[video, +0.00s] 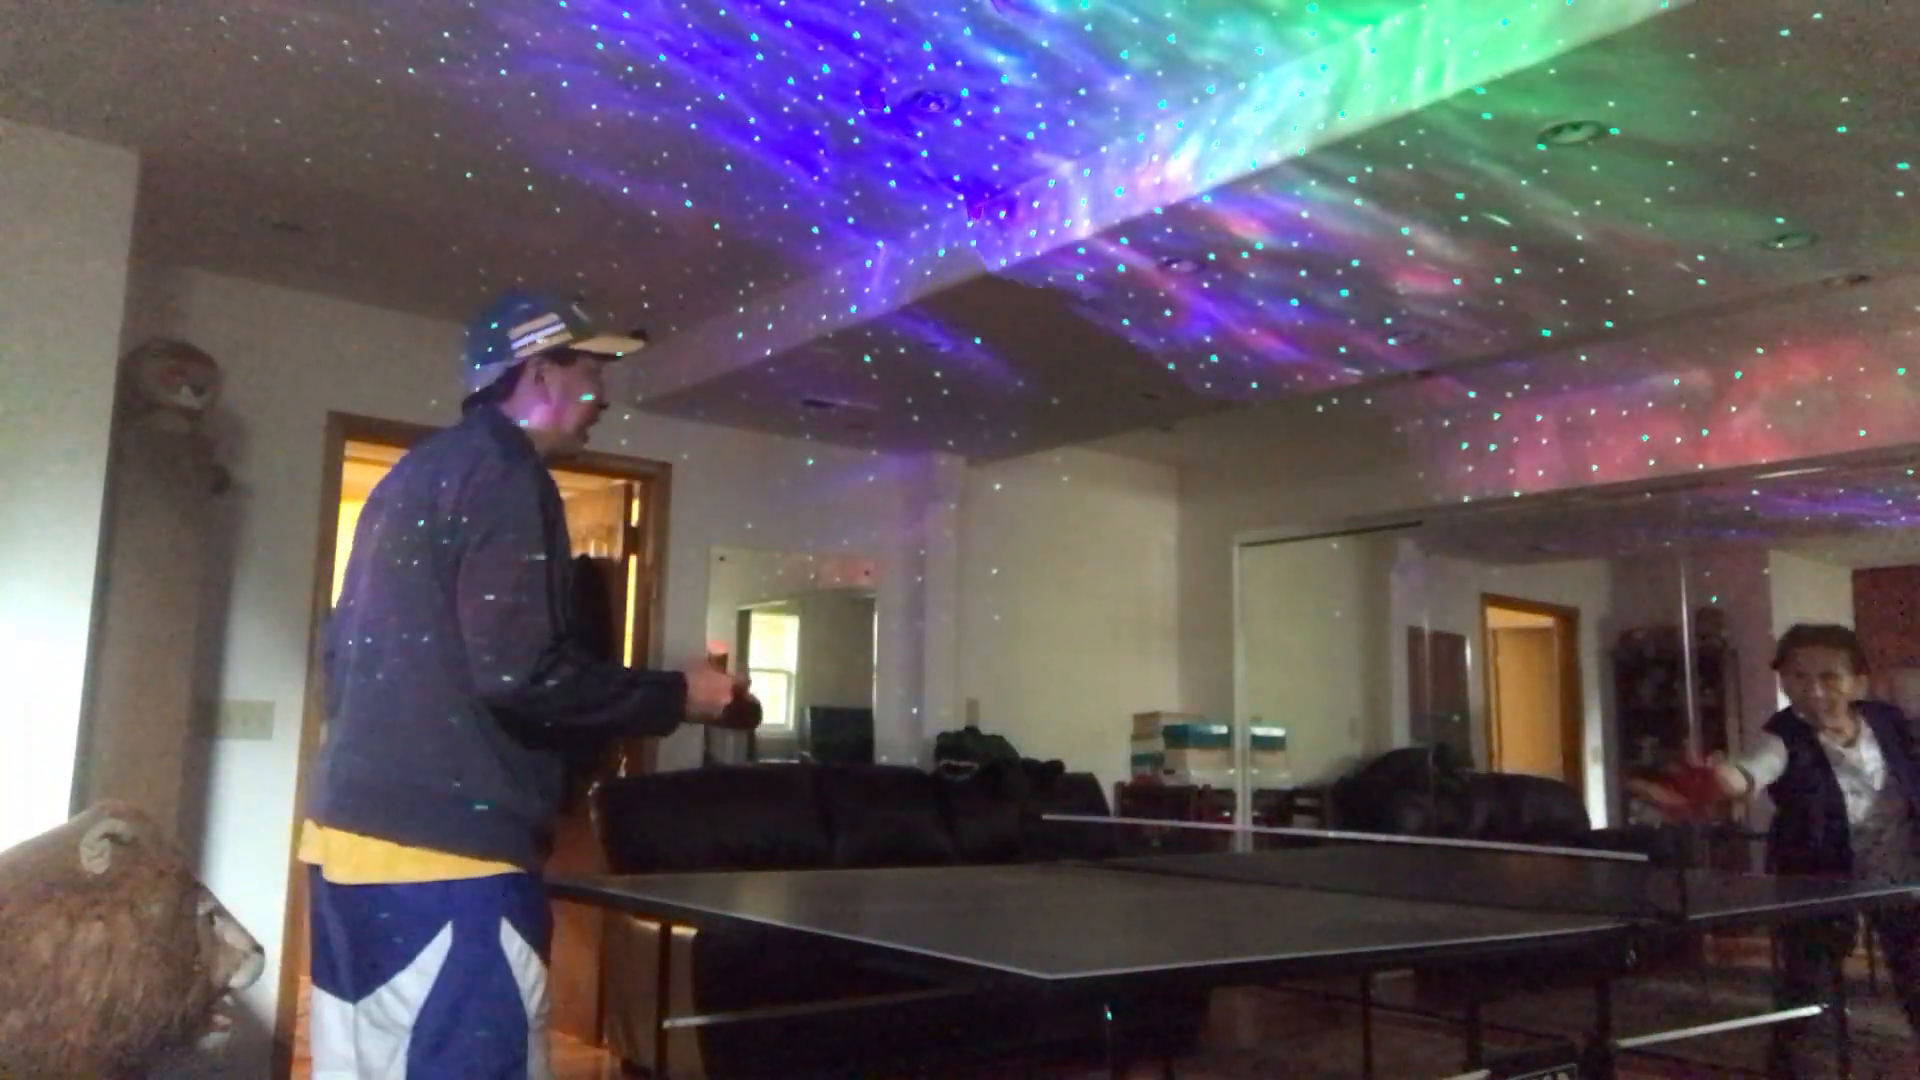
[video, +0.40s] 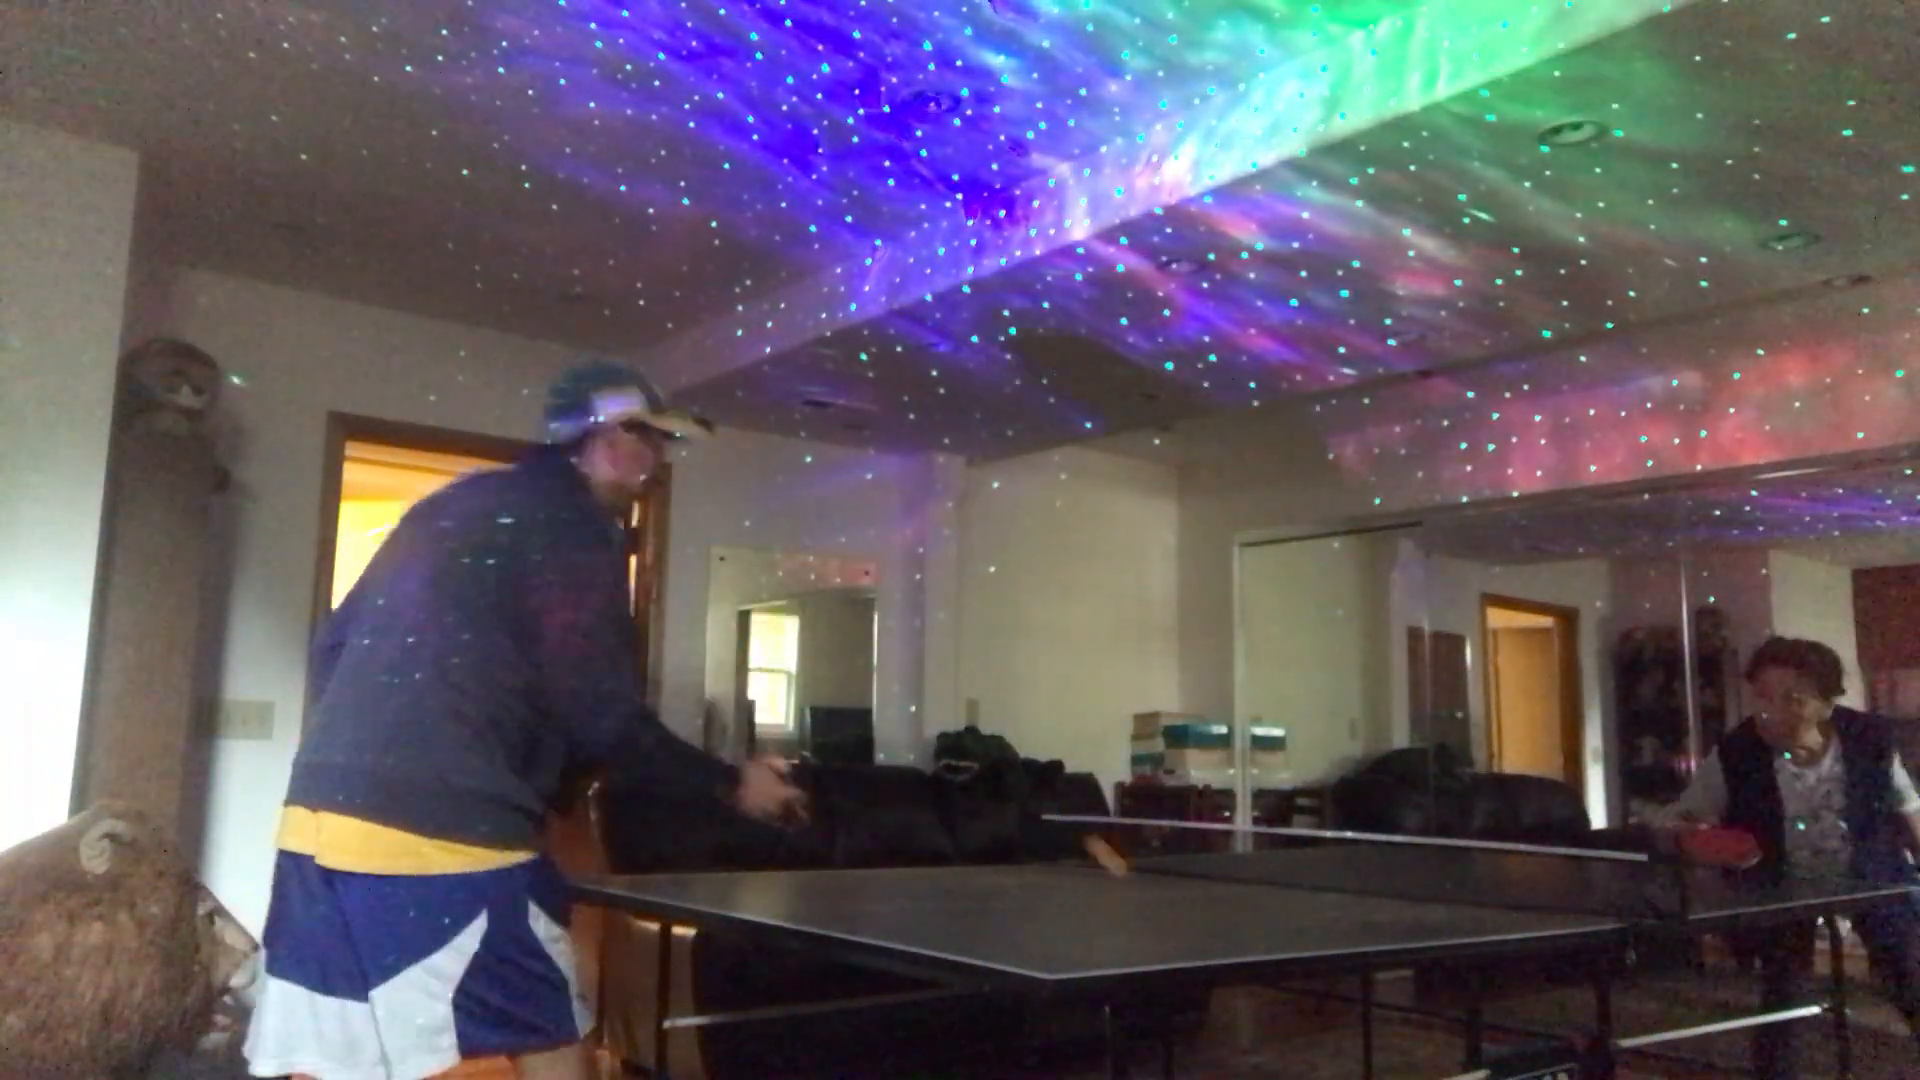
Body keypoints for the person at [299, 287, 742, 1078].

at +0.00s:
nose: (601, 399)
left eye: (600, 378)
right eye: (592, 376)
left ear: (524, 376)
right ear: (539, 374)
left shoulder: (409, 471)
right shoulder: (508, 477)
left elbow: (343, 642)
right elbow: (517, 670)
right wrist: (677, 695)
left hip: (355, 841)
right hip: (453, 853)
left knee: (363, 1061)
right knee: (472, 1061)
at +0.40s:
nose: (663, 461)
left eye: (663, 443)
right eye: (651, 438)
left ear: (590, 437)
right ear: (599, 437)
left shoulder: (444, 505)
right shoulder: (576, 527)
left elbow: (333, 641)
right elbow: (601, 718)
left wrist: (351, 771)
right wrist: (732, 783)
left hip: (317, 823)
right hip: (445, 830)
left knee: (322, 1062)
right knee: (552, 1053)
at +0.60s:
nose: (726, 529)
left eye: (730, 509)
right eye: (721, 507)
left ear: (632, 487)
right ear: (678, 496)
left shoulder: (505, 527)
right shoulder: (675, 597)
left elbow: (361, 628)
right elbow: (742, 759)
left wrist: (330, 785)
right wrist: (866, 783)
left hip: (351, 812)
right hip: (498, 840)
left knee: (322, 1062)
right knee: (577, 1052)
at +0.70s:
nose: (748, 524)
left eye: (750, 506)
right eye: (741, 504)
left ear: (655, 484)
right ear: (702, 495)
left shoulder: (526, 516)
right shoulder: (711, 590)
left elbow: (385, 596)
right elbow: (821, 721)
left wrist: (317, 739)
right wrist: (930, 716)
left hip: (383, 806)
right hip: (527, 835)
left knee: (326, 1053)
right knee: (596, 1056)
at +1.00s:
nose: (746, 478)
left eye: (746, 462)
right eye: (737, 460)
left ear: (658, 457)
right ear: (695, 463)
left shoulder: (529, 507)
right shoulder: (703, 552)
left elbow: (411, 621)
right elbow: (809, 661)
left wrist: (407, 764)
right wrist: (894, 574)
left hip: (408, 814)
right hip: (545, 834)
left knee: (397, 1059)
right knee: (604, 1061)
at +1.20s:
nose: (679, 447)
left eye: (677, 429)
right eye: (668, 427)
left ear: (587, 430)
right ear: (623, 434)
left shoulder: (468, 506)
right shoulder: (616, 515)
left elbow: (380, 653)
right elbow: (634, 665)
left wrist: (455, 727)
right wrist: (763, 685)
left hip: (389, 812)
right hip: (517, 822)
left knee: (394, 1057)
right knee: (588, 1058)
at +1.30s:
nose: (647, 430)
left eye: (646, 412)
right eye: (635, 410)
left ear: (562, 416)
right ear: (587, 415)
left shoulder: (450, 498)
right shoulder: (578, 505)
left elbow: (361, 653)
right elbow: (556, 665)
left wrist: (444, 733)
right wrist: (685, 716)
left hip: (368, 818)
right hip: (489, 827)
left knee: (380, 1060)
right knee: (564, 1059)